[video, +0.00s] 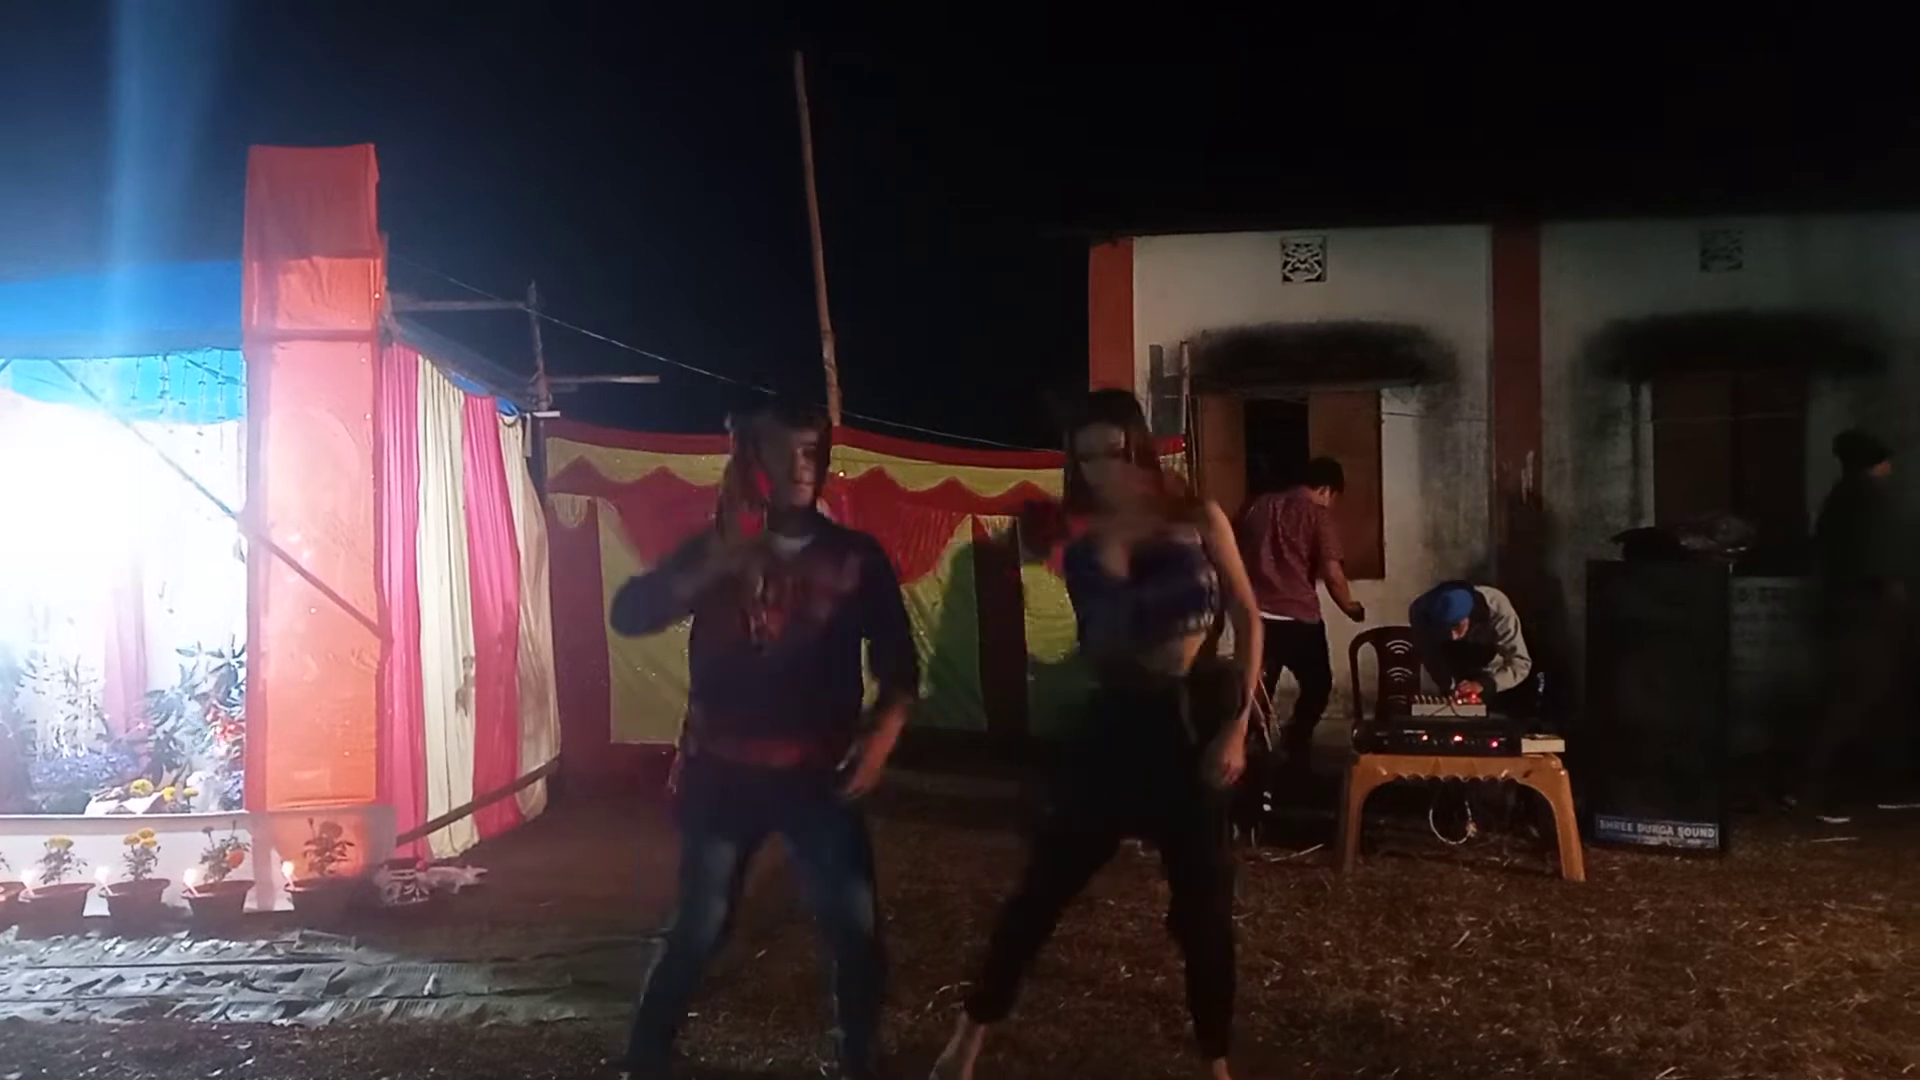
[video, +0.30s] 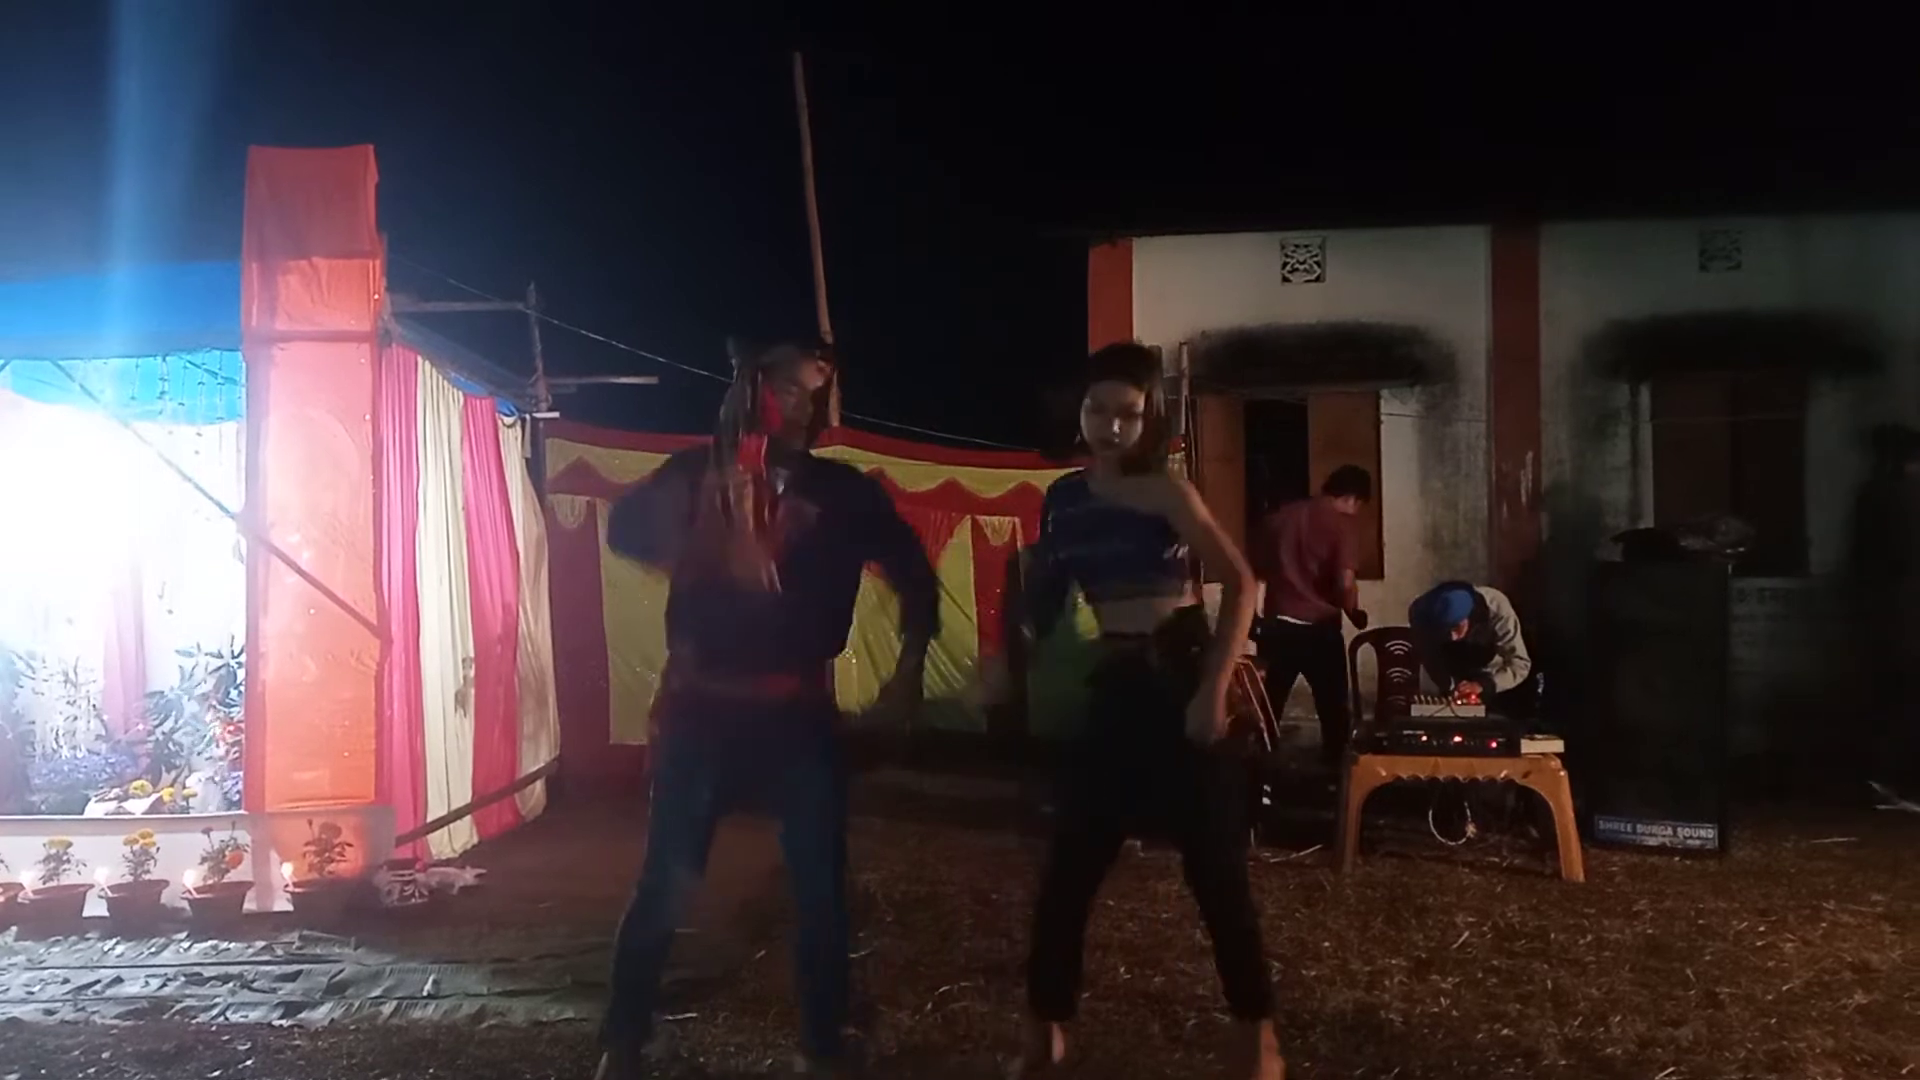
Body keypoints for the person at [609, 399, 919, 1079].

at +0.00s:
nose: (806, 469)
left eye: (814, 454)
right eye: (791, 454)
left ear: (825, 461)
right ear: (753, 460)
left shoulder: (857, 557)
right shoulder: (716, 549)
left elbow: (900, 670)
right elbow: (626, 615)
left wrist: (877, 747)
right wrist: (711, 566)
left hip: (819, 780)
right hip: (723, 776)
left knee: (857, 935)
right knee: (699, 932)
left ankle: (858, 1063)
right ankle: (642, 1063)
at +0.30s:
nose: (812, 409)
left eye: (821, 396)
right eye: (799, 392)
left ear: (825, 408)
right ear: (757, 393)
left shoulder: (849, 492)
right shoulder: (700, 472)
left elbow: (917, 581)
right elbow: (626, 528)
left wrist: (908, 672)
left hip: (798, 713)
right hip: (700, 712)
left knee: (822, 888)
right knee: (668, 882)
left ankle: (825, 1045)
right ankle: (623, 1042)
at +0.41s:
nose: (794, 464)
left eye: (803, 451)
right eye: (781, 446)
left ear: (808, 461)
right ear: (743, 447)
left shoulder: (818, 555)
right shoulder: (687, 542)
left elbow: (862, 660)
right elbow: (651, 653)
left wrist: (858, 729)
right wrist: (744, 694)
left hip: (791, 767)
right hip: (701, 765)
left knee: (809, 926)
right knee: (672, 929)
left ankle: (800, 1062)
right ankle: (621, 1060)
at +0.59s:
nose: (780, 438)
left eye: (788, 425)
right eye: (767, 423)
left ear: (796, 439)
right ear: (733, 432)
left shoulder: (810, 534)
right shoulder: (685, 511)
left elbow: (834, 645)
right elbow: (677, 609)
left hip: (760, 746)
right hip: (671, 740)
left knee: (790, 910)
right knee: (640, 909)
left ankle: (796, 1062)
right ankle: (607, 1056)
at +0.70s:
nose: (789, 399)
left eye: (794, 389)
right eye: (774, 385)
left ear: (794, 405)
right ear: (732, 393)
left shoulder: (808, 499)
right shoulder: (691, 471)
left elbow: (823, 603)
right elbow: (706, 567)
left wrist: (818, 696)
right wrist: (815, 517)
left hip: (735, 716)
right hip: (650, 709)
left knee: (782, 878)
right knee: (613, 888)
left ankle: (793, 1047)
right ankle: (574, 1052)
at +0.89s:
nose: (762, 457)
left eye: (769, 443)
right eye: (743, 441)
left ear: (779, 457)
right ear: (699, 451)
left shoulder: (774, 553)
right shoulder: (685, 539)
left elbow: (780, 670)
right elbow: (665, 659)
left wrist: (783, 782)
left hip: (705, 774)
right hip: (624, 768)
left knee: (769, 928)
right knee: (587, 945)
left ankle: (765, 1066)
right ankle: (540, 1068)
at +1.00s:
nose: (772, 454)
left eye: (772, 440)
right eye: (752, 441)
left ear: (773, 454)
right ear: (711, 454)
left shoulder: (777, 557)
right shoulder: (683, 521)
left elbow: (789, 696)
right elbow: (710, 601)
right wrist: (801, 632)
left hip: (676, 761)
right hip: (597, 755)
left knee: (754, 926)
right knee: (574, 940)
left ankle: (762, 1068)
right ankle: (532, 1069)